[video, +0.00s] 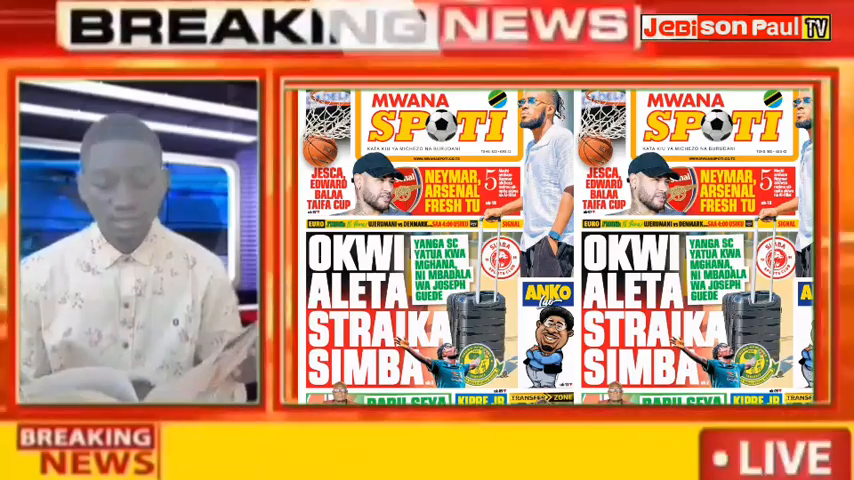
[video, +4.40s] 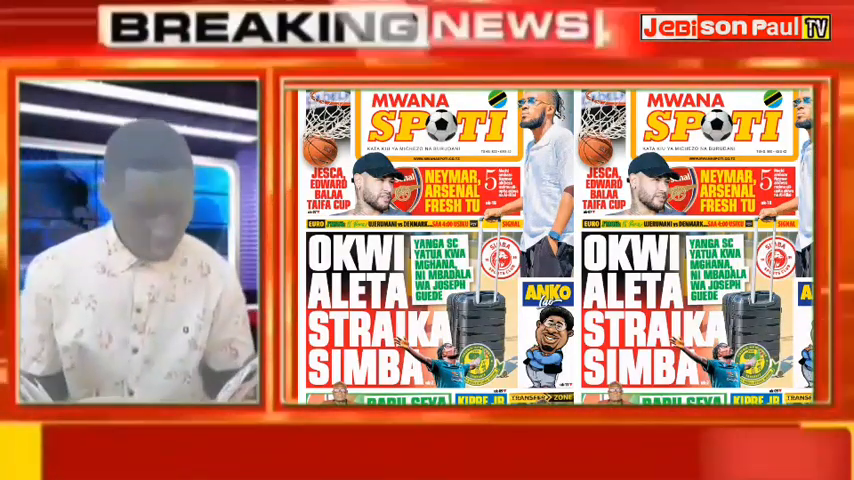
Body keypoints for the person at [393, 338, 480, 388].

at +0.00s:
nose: (453, 348)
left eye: (453, 347)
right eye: (449, 348)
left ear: (456, 352)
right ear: (443, 354)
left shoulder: (462, 367)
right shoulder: (439, 365)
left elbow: (474, 365)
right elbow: (423, 359)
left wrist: (478, 360)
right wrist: (408, 348)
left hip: (461, 403)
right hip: (445, 403)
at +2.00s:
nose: (453, 348)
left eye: (453, 347)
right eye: (449, 347)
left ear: (456, 352)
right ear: (443, 354)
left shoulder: (462, 367)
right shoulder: (439, 365)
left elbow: (474, 365)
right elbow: (423, 359)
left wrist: (478, 360)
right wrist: (407, 348)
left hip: (461, 403)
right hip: (444, 403)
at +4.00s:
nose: (453, 348)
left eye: (453, 347)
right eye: (449, 347)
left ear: (455, 351)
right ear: (443, 354)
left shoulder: (462, 367)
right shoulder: (439, 365)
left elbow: (474, 365)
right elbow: (423, 359)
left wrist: (478, 361)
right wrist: (408, 348)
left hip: (461, 402)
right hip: (444, 403)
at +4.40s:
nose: (453, 348)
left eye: (453, 347)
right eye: (449, 347)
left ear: (455, 352)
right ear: (443, 354)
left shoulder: (462, 367)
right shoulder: (439, 365)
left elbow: (474, 365)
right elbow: (423, 359)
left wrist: (478, 361)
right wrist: (408, 348)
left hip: (461, 403)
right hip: (444, 403)